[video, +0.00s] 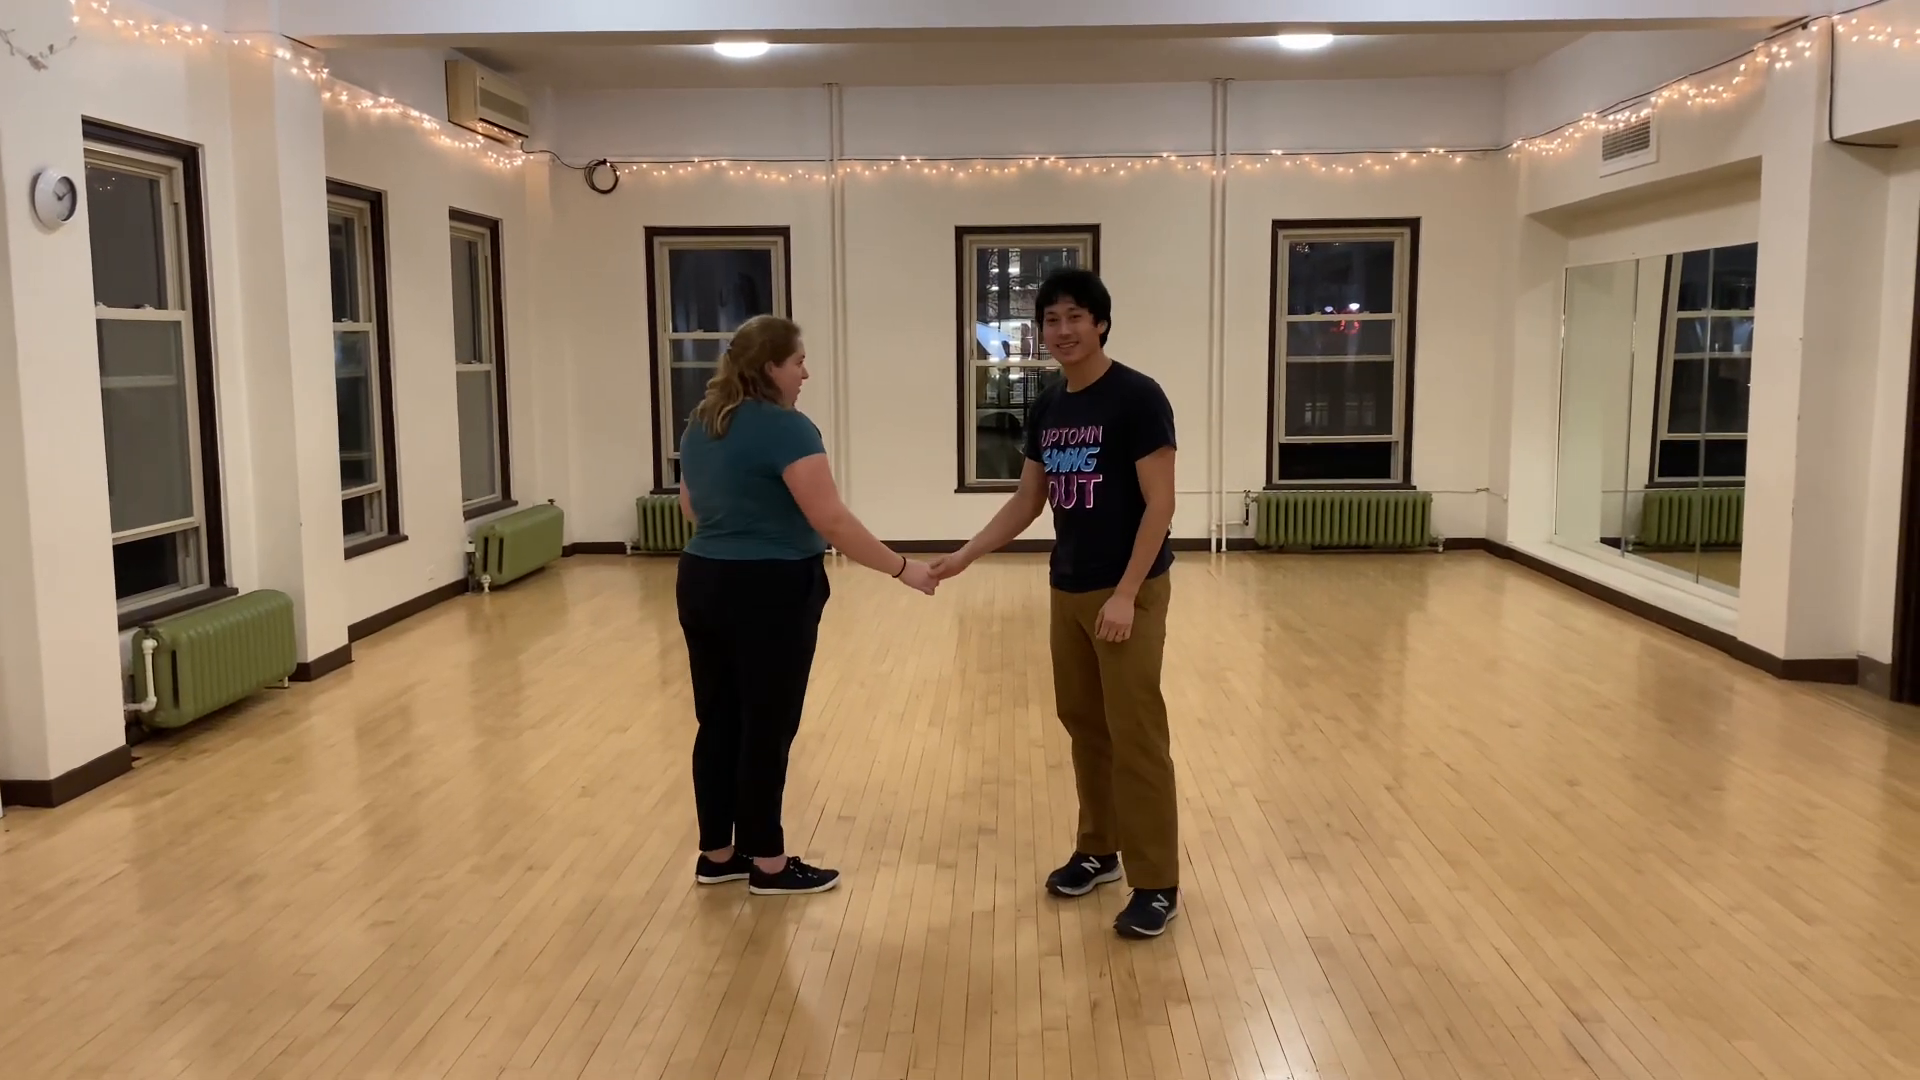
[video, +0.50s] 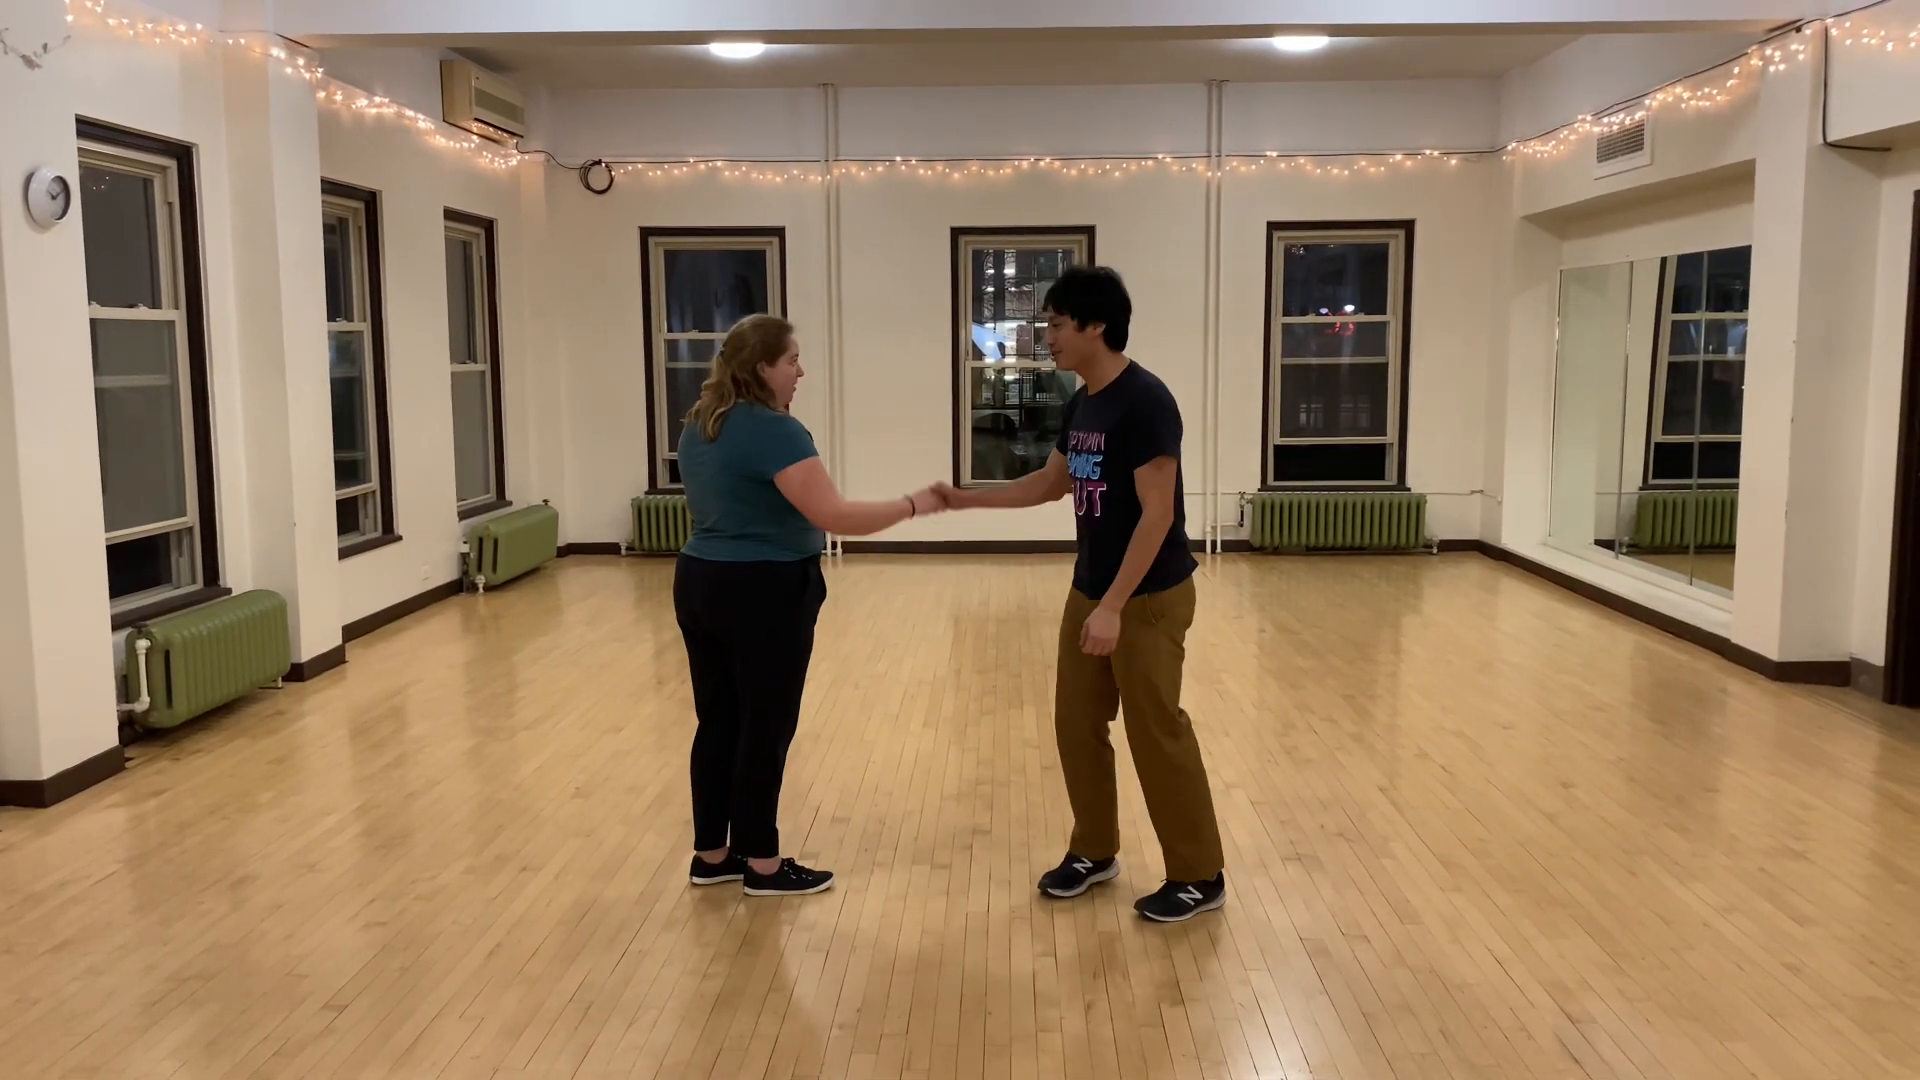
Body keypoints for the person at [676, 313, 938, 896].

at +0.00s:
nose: (805, 372)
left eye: (803, 361)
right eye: (798, 362)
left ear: (744, 367)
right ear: (768, 367)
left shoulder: (701, 424)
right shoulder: (787, 427)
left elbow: (691, 505)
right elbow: (830, 519)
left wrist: (744, 527)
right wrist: (901, 567)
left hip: (705, 584)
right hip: (776, 588)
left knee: (717, 719)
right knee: (769, 724)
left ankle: (717, 852)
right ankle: (768, 862)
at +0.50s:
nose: (800, 372)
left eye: (798, 360)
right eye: (792, 361)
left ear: (741, 368)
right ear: (760, 367)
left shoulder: (698, 428)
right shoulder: (774, 432)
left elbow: (717, 508)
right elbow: (835, 515)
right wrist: (913, 505)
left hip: (704, 587)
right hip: (770, 592)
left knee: (717, 720)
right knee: (767, 727)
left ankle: (712, 853)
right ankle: (763, 863)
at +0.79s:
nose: (790, 368)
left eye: (787, 357)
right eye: (782, 359)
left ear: (729, 368)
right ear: (752, 367)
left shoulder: (685, 427)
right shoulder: (780, 428)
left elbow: (669, 503)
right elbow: (857, 494)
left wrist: (731, 490)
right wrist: (919, 488)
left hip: (694, 587)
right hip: (769, 587)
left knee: (728, 717)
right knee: (767, 723)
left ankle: (713, 844)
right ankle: (762, 862)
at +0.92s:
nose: (783, 368)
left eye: (779, 357)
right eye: (774, 359)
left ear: (719, 369)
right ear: (743, 369)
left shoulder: (676, 429)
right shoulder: (774, 429)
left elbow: (654, 499)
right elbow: (842, 503)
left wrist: (711, 486)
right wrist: (911, 526)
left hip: (688, 588)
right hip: (761, 587)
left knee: (728, 713)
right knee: (768, 720)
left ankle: (703, 834)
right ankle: (762, 862)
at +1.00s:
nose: (772, 371)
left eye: (770, 359)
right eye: (763, 361)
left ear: (710, 371)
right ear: (734, 371)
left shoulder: (671, 429)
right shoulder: (764, 431)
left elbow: (652, 500)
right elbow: (826, 512)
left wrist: (709, 480)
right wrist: (900, 541)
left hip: (682, 589)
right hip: (752, 589)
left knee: (720, 709)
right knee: (767, 724)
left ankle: (686, 831)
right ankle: (763, 863)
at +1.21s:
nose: (743, 370)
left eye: (743, 359)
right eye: (731, 360)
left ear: (704, 370)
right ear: (696, 368)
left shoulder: (700, 424)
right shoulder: (688, 429)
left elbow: (717, 482)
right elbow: (740, 514)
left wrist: (762, 459)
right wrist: (833, 534)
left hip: (679, 584)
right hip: (684, 589)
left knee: (685, 711)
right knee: (740, 709)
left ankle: (679, 834)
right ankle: (756, 852)